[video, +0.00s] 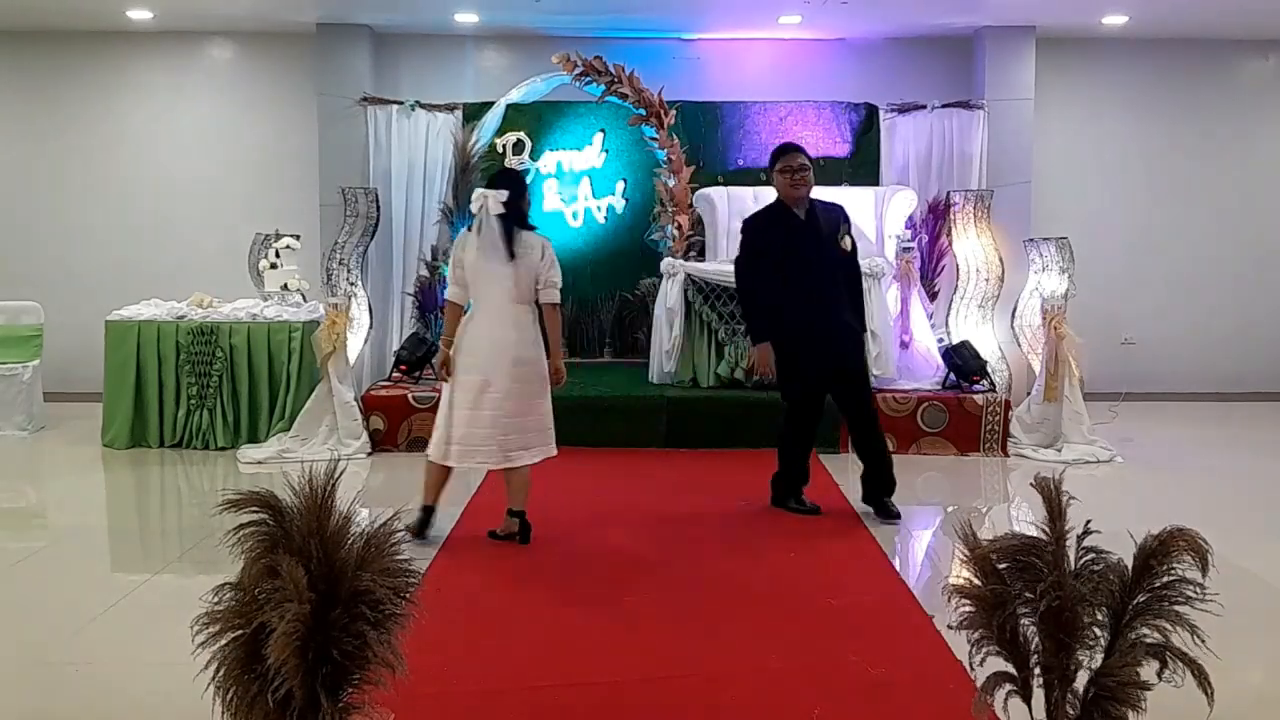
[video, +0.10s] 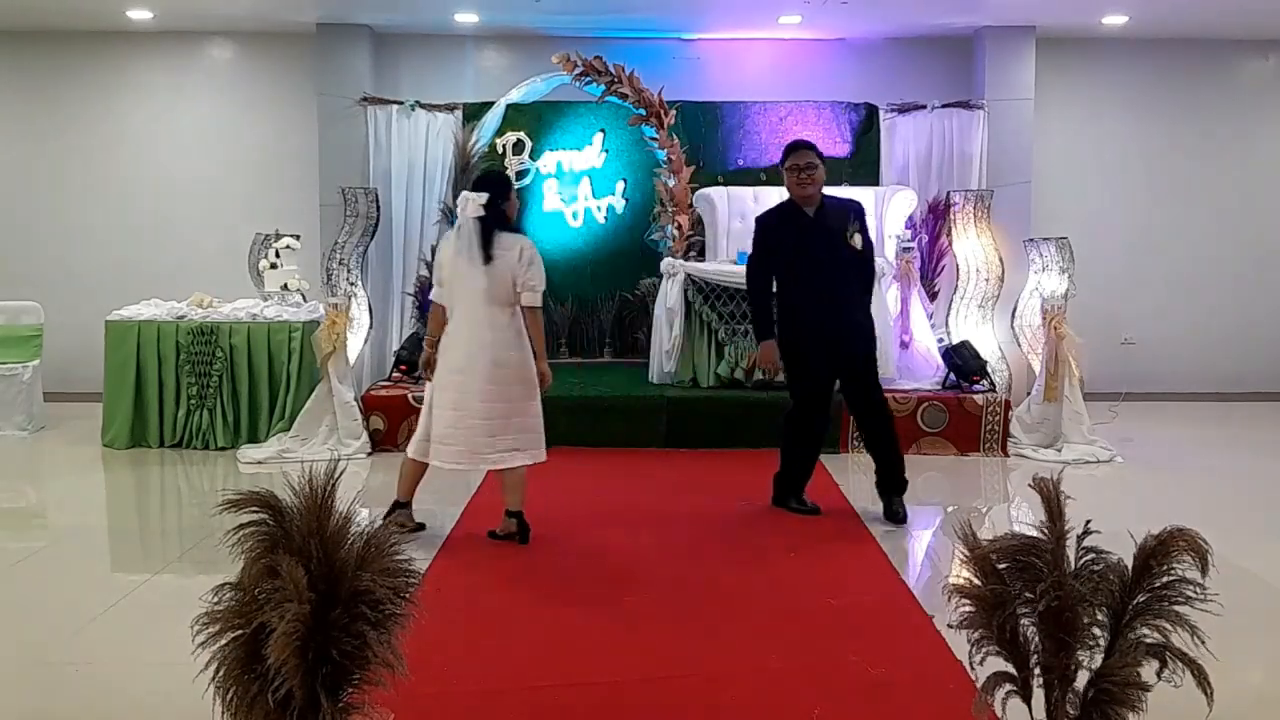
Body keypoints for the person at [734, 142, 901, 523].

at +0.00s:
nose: (797, 176)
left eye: (803, 169)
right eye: (787, 171)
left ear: (813, 174)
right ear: (773, 179)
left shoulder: (835, 216)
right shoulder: (758, 226)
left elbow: (852, 276)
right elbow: (748, 287)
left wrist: (858, 329)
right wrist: (760, 340)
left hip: (841, 335)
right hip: (794, 340)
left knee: (864, 419)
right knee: (800, 419)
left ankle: (878, 494)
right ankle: (787, 491)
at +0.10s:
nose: (803, 175)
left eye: (810, 168)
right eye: (794, 170)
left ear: (823, 172)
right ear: (784, 176)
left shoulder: (849, 212)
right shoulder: (770, 224)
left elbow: (866, 267)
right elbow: (757, 282)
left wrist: (858, 312)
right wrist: (765, 337)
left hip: (851, 331)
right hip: (803, 336)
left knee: (873, 411)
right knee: (809, 414)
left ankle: (892, 492)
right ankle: (788, 490)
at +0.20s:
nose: (811, 175)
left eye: (819, 168)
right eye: (803, 170)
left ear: (836, 172)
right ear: (796, 177)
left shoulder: (865, 210)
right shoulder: (786, 223)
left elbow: (885, 263)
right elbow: (772, 281)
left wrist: (870, 307)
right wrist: (775, 334)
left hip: (861, 330)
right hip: (813, 334)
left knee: (880, 411)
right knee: (811, 413)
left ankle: (910, 491)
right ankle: (793, 488)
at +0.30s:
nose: (819, 180)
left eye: (828, 172)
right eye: (813, 174)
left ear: (850, 174)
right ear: (809, 181)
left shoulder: (882, 213)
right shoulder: (803, 227)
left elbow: (908, 264)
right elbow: (788, 282)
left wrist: (889, 314)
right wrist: (788, 331)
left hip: (874, 336)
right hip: (825, 339)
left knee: (892, 419)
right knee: (817, 416)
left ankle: (921, 499)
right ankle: (805, 487)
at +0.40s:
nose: (827, 183)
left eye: (837, 176)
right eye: (823, 177)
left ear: (861, 177)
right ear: (821, 183)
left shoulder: (898, 220)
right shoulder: (818, 230)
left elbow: (925, 276)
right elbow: (805, 286)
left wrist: (912, 324)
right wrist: (803, 333)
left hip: (889, 345)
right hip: (839, 347)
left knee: (898, 427)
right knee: (827, 421)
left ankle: (921, 501)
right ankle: (811, 486)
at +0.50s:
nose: (835, 182)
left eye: (844, 175)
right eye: (833, 176)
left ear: (871, 177)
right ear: (833, 181)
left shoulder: (908, 219)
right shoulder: (830, 229)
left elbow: (934, 277)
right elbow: (819, 287)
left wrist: (940, 333)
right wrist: (813, 336)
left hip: (899, 345)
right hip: (849, 346)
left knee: (903, 426)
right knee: (834, 420)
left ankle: (921, 502)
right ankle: (825, 489)